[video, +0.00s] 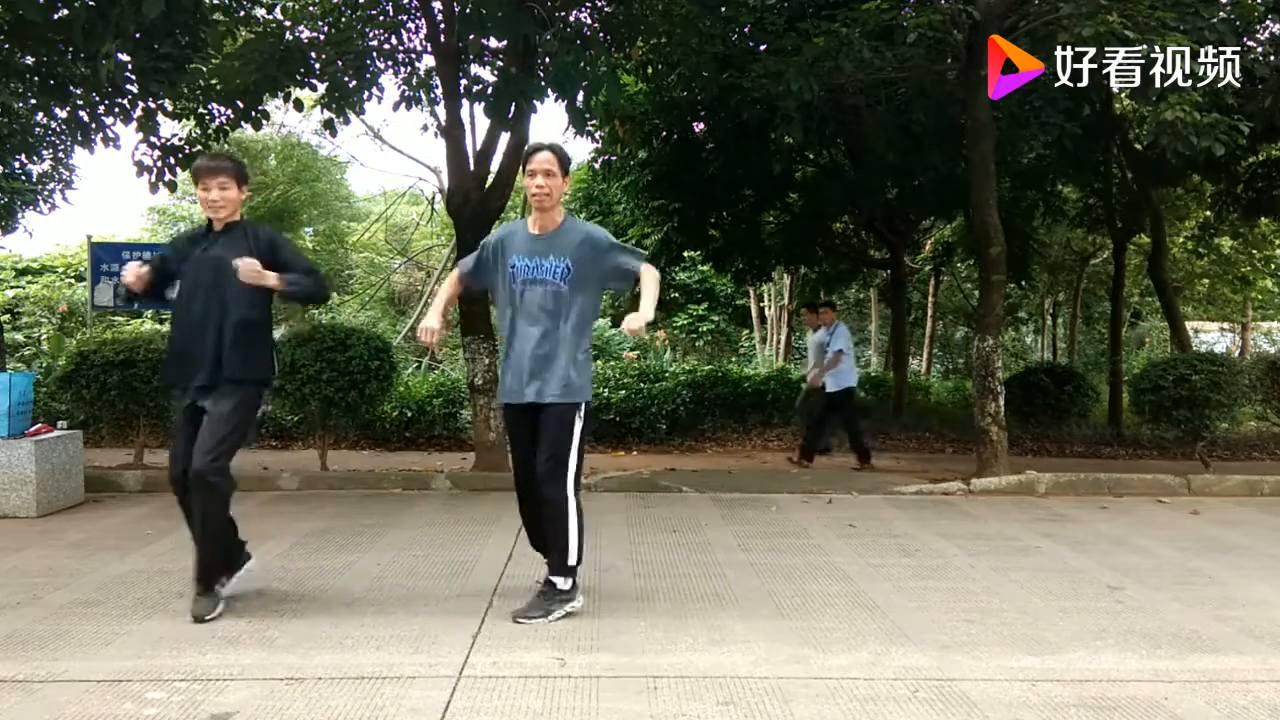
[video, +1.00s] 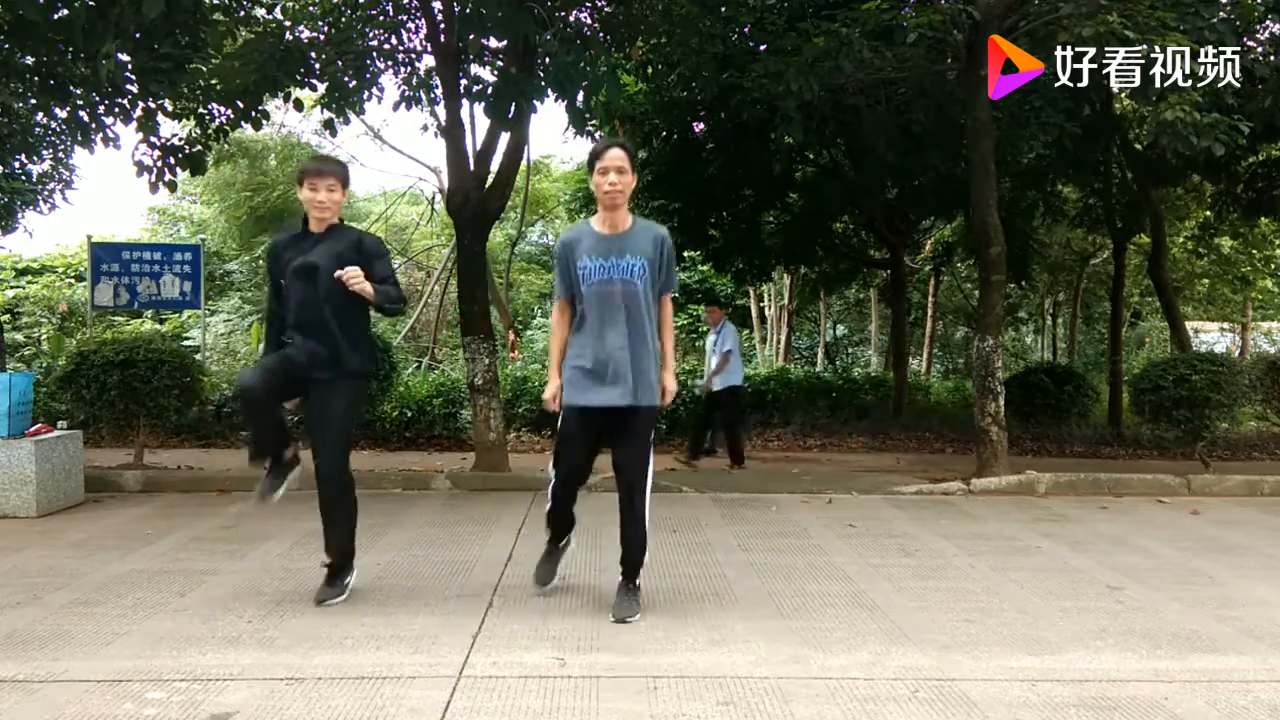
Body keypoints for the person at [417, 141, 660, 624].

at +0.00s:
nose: (539, 182)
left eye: (549, 174)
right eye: (532, 174)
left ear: (565, 183)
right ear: (523, 181)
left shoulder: (587, 238)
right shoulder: (503, 239)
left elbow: (647, 270)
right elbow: (458, 276)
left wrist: (645, 311)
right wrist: (435, 311)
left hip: (566, 379)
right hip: (518, 380)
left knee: (553, 481)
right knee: (527, 484)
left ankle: (562, 587)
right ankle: (557, 569)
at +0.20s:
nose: (542, 185)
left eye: (551, 177)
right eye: (535, 176)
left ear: (567, 184)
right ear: (525, 183)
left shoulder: (590, 240)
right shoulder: (507, 241)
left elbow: (634, 287)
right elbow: (479, 294)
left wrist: (638, 304)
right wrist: (459, 310)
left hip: (566, 382)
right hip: (515, 381)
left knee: (536, 478)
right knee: (520, 479)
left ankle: (508, 577)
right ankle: (564, 555)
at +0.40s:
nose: (549, 184)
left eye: (559, 176)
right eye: (542, 176)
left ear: (574, 186)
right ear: (531, 183)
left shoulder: (596, 241)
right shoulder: (513, 243)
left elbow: (612, 300)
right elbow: (499, 306)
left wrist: (616, 341)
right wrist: (489, 314)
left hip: (577, 366)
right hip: (526, 373)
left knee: (538, 442)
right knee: (536, 466)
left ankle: (529, 546)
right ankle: (567, 565)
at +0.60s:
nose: (566, 187)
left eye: (574, 179)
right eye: (558, 179)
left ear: (589, 187)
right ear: (547, 186)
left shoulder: (608, 244)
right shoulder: (526, 244)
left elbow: (621, 310)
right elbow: (490, 303)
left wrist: (634, 369)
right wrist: (511, 304)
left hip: (590, 362)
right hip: (539, 370)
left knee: (561, 405)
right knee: (542, 469)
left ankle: (587, 480)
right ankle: (551, 561)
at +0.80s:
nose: (592, 183)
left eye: (600, 174)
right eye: (583, 175)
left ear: (614, 183)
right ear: (572, 183)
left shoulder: (631, 242)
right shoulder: (546, 240)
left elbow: (638, 302)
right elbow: (528, 298)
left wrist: (645, 359)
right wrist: (538, 322)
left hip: (610, 380)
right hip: (555, 381)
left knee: (612, 465)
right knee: (548, 473)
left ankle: (619, 558)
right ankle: (547, 554)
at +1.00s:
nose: (612, 179)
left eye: (621, 171)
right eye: (604, 171)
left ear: (634, 180)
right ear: (591, 181)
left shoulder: (656, 239)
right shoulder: (571, 241)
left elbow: (665, 306)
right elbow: (562, 309)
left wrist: (667, 367)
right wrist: (554, 373)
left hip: (638, 382)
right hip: (582, 380)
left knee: (633, 486)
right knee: (565, 477)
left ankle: (630, 581)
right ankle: (557, 539)